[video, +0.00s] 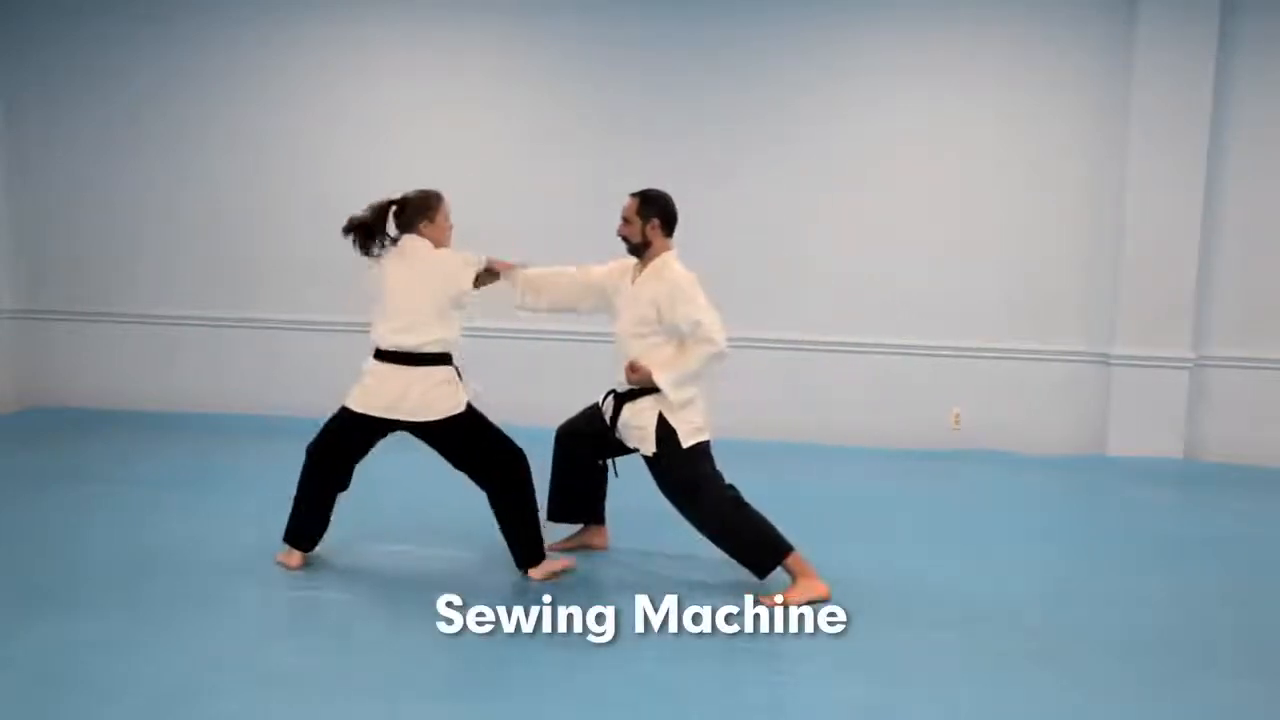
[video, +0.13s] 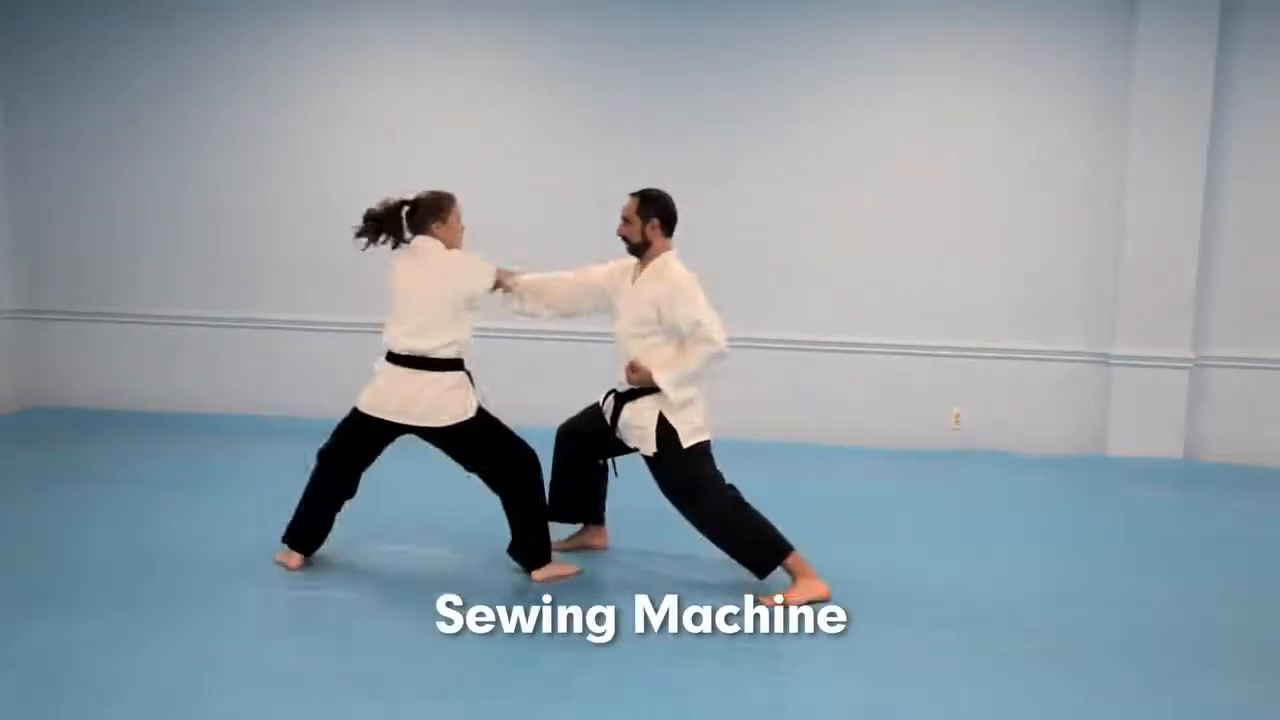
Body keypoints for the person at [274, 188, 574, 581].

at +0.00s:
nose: (450, 226)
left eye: (448, 218)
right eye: (446, 220)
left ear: (407, 225)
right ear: (428, 225)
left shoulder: (389, 259)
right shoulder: (451, 264)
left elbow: (444, 275)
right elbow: (485, 276)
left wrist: (488, 269)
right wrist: (501, 270)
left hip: (376, 394)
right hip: (434, 399)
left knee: (325, 455)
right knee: (506, 462)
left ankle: (296, 549)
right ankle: (535, 562)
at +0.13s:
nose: (463, 228)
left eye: (461, 220)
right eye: (458, 221)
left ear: (422, 226)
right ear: (439, 226)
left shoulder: (401, 261)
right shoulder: (467, 267)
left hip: (387, 397)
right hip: (445, 404)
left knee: (336, 463)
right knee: (519, 465)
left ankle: (295, 550)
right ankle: (539, 562)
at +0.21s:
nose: (478, 226)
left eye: (476, 218)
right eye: (473, 218)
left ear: (437, 224)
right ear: (454, 223)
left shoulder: (417, 258)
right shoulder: (489, 264)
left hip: (403, 395)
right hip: (460, 403)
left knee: (351, 469)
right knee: (530, 467)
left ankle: (300, 550)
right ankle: (542, 563)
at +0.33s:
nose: (500, 217)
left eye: (498, 209)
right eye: (495, 211)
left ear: (459, 217)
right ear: (477, 216)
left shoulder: (432, 257)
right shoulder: (506, 254)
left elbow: (421, 306)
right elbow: (562, 250)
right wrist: (614, 235)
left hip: (426, 384)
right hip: (483, 388)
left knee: (379, 463)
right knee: (541, 467)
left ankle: (332, 548)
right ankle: (546, 563)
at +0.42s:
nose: (508, 214)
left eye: (505, 206)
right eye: (503, 207)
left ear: (466, 213)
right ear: (486, 213)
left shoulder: (440, 257)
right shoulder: (517, 249)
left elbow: (420, 292)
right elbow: (571, 251)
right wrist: (619, 236)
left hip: (433, 380)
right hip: (490, 385)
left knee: (395, 455)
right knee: (542, 466)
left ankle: (369, 545)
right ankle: (549, 562)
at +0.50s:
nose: (509, 212)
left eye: (507, 204)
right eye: (505, 206)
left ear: (463, 210)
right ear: (491, 210)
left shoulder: (437, 250)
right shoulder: (515, 248)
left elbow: (421, 289)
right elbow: (571, 252)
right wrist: (617, 236)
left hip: (435, 376)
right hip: (492, 378)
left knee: (410, 454)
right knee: (538, 465)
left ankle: (400, 544)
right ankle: (549, 562)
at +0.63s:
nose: (503, 216)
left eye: (501, 209)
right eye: (499, 210)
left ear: (458, 215)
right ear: (485, 215)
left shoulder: (430, 253)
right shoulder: (506, 251)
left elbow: (431, 300)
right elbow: (551, 257)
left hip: (432, 382)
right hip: (488, 381)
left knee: (419, 456)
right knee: (554, 448)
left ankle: (405, 547)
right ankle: (557, 545)